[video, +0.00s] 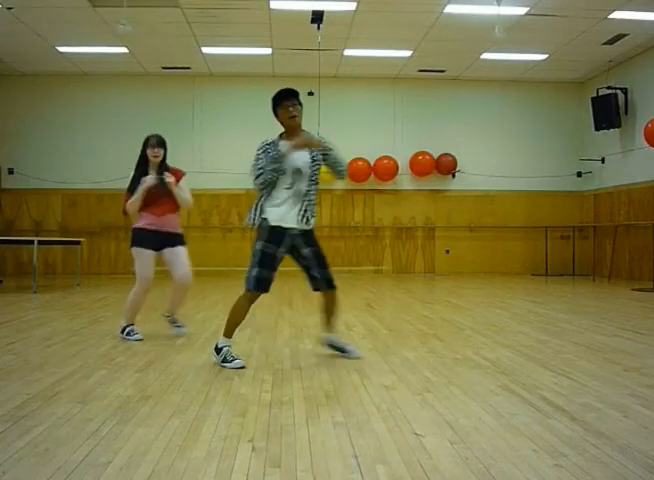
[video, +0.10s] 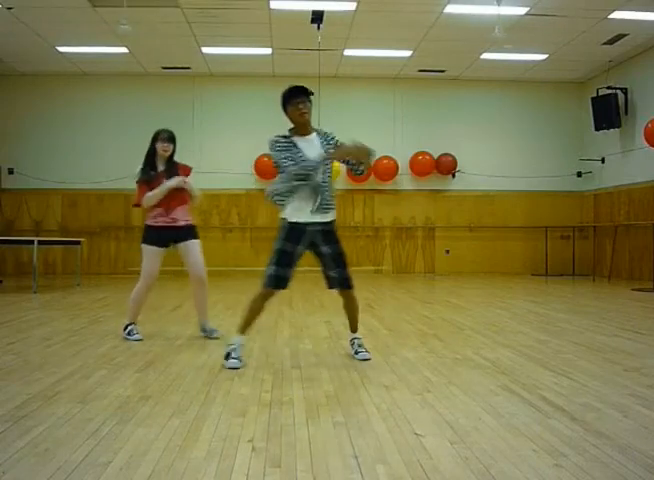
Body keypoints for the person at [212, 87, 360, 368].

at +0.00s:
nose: (292, 111)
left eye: (295, 106)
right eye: (286, 108)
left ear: (302, 110)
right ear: (277, 115)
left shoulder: (315, 145)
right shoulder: (269, 148)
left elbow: (341, 172)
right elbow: (261, 185)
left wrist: (321, 148)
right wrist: (287, 151)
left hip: (302, 228)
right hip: (272, 227)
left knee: (328, 287)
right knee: (255, 289)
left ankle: (329, 336)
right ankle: (223, 345)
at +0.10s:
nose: (302, 109)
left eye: (305, 104)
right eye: (296, 106)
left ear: (311, 107)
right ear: (287, 113)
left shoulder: (327, 139)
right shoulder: (280, 143)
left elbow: (362, 156)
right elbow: (294, 172)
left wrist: (355, 156)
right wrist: (328, 158)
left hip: (324, 224)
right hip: (294, 225)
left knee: (346, 287)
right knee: (271, 287)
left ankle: (355, 339)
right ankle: (237, 342)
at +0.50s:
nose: (349, 114)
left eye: (352, 108)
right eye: (343, 110)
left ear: (357, 112)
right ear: (332, 116)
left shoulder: (368, 147)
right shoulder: (319, 149)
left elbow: (377, 188)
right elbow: (301, 189)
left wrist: (360, 204)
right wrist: (325, 204)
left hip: (370, 227)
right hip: (343, 228)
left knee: (401, 284)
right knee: (346, 294)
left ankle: (371, 331)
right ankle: (322, 342)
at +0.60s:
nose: (361, 117)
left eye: (364, 111)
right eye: (354, 113)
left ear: (370, 114)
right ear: (344, 119)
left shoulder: (378, 149)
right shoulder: (333, 151)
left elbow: (399, 186)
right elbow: (317, 189)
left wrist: (379, 179)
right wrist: (346, 180)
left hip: (379, 227)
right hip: (353, 229)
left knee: (420, 282)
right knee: (352, 294)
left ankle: (409, 336)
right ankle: (322, 342)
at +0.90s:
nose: (404, 115)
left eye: (406, 110)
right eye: (397, 112)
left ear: (411, 113)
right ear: (386, 119)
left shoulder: (421, 143)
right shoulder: (385, 156)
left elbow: (446, 164)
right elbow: (417, 188)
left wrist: (475, 170)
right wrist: (458, 185)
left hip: (441, 223)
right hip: (416, 228)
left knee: (462, 285)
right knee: (414, 296)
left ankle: (459, 345)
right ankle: (371, 319)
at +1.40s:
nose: (424, 103)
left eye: (427, 98)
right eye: (417, 100)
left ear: (434, 101)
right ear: (408, 105)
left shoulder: (446, 130)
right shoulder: (397, 132)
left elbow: (431, 160)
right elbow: (391, 165)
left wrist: (392, 166)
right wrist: (380, 170)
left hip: (442, 217)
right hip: (411, 217)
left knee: (453, 282)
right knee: (398, 274)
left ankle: (461, 342)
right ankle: (399, 328)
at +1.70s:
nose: (387, 110)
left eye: (391, 105)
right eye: (381, 107)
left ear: (400, 108)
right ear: (374, 114)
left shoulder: (412, 139)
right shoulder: (368, 148)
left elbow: (396, 131)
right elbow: (350, 156)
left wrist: (369, 122)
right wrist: (357, 127)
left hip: (403, 227)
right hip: (373, 230)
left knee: (431, 289)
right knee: (381, 293)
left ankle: (461, 342)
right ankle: (372, 348)